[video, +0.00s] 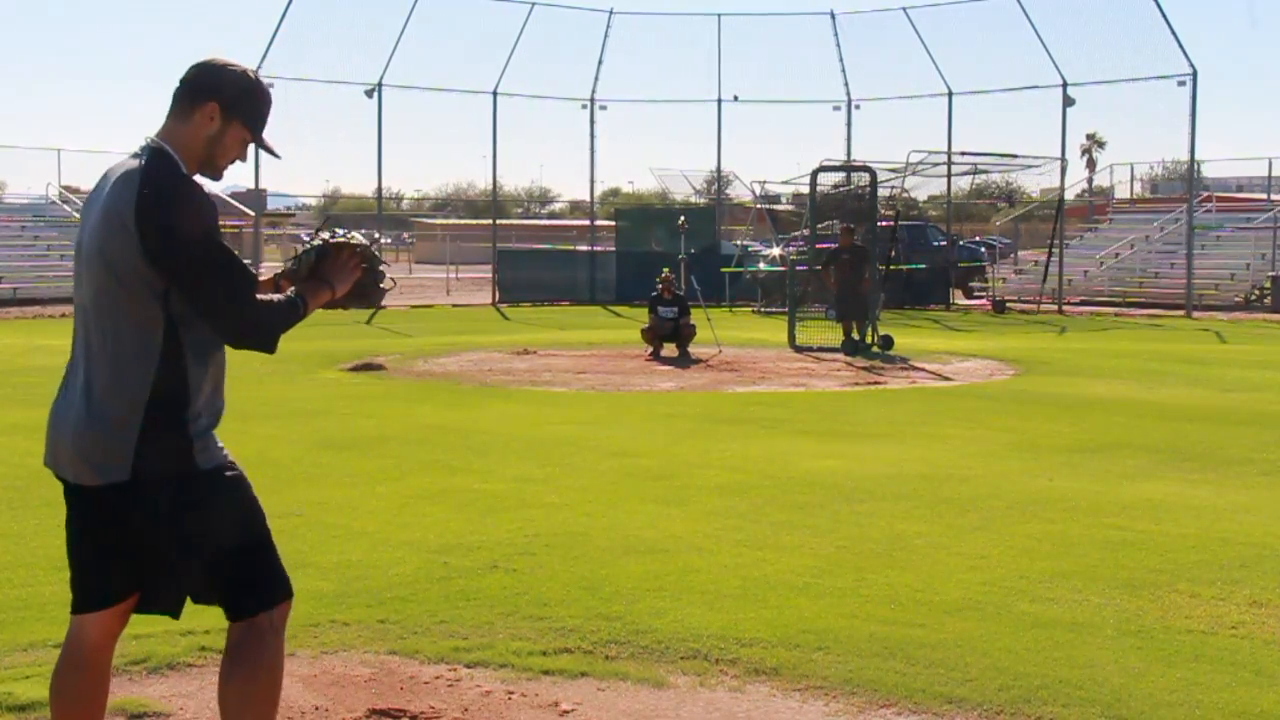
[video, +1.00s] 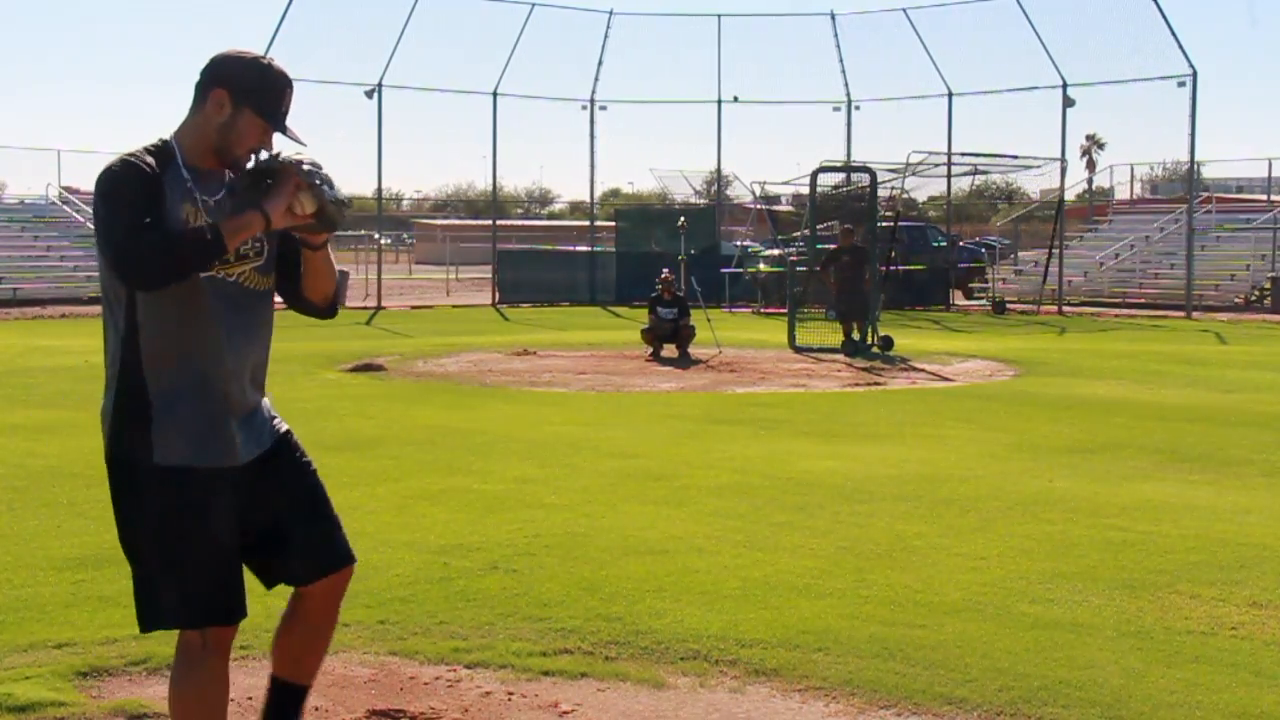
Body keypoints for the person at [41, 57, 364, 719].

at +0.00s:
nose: (243, 155)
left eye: (249, 144)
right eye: (244, 139)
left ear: (193, 116)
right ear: (210, 115)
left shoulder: (115, 184)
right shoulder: (169, 192)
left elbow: (180, 302)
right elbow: (242, 319)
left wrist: (275, 283)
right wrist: (313, 296)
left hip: (89, 445)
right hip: (167, 451)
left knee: (98, 613)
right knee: (263, 603)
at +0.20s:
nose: (226, 167)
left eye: (234, 156)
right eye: (228, 150)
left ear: (186, 121)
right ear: (192, 119)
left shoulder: (104, 185)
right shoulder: (143, 192)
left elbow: (168, 299)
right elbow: (220, 311)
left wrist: (257, 280)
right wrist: (297, 282)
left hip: (74, 444)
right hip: (144, 447)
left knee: (90, 608)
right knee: (242, 594)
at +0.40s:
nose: (228, 166)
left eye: (236, 155)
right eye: (229, 148)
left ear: (188, 124)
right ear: (191, 121)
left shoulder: (110, 183)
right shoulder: (139, 190)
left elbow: (189, 299)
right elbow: (212, 312)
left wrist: (272, 280)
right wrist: (297, 282)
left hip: (71, 441)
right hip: (135, 446)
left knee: (87, 607)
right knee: (241, 590)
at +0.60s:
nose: (241, 163)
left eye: (248, 152)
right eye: (241, 146)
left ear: (204, 124)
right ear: (202, 117)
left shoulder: (173, 196)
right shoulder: (143, 188)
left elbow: (236, 305)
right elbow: (206, 307)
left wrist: (302, 280)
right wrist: (300, 279)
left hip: (102, 441)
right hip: (147, 446)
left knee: (102, 609)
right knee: (251, 593)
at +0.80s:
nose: (258, 150)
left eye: (264, 139)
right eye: (256, 133)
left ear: (220, 117)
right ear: (215, 108)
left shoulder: (229, 200)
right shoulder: (141, 185)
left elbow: (279, 311)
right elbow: (189, 294)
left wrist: (317, 262)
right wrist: (288, 261)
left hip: (207, 445)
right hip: (156, 448)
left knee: (200, 610)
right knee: (227, 618)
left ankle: (138, 716)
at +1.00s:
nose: (267, 144)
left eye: (272, 131)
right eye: (263, 126)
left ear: (228, 112)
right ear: (219, 103)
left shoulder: (251, 189)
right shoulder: (131, 179)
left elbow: (316, 299)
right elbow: (141, 265)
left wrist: (312, 236)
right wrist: (257, 216)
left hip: (250, 427)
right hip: (167, 442)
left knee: (328, 567)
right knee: (209, 622)